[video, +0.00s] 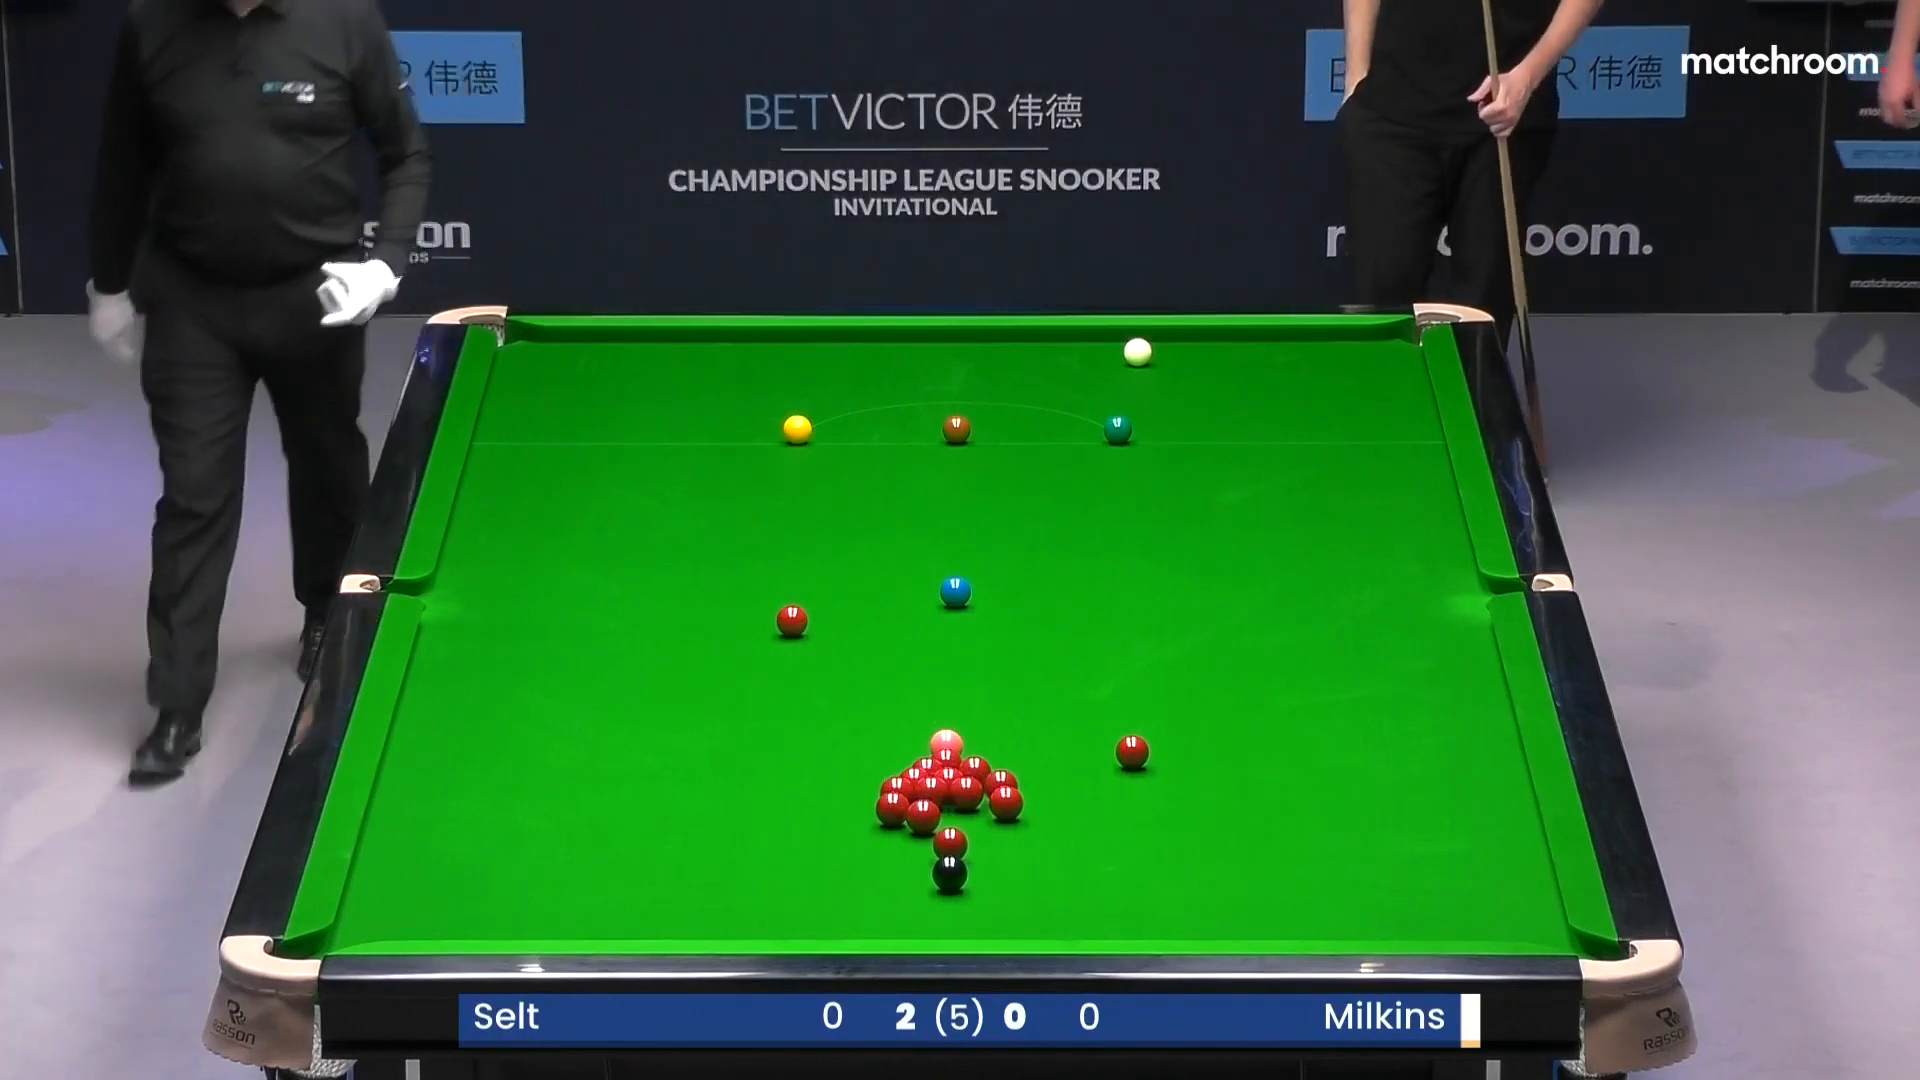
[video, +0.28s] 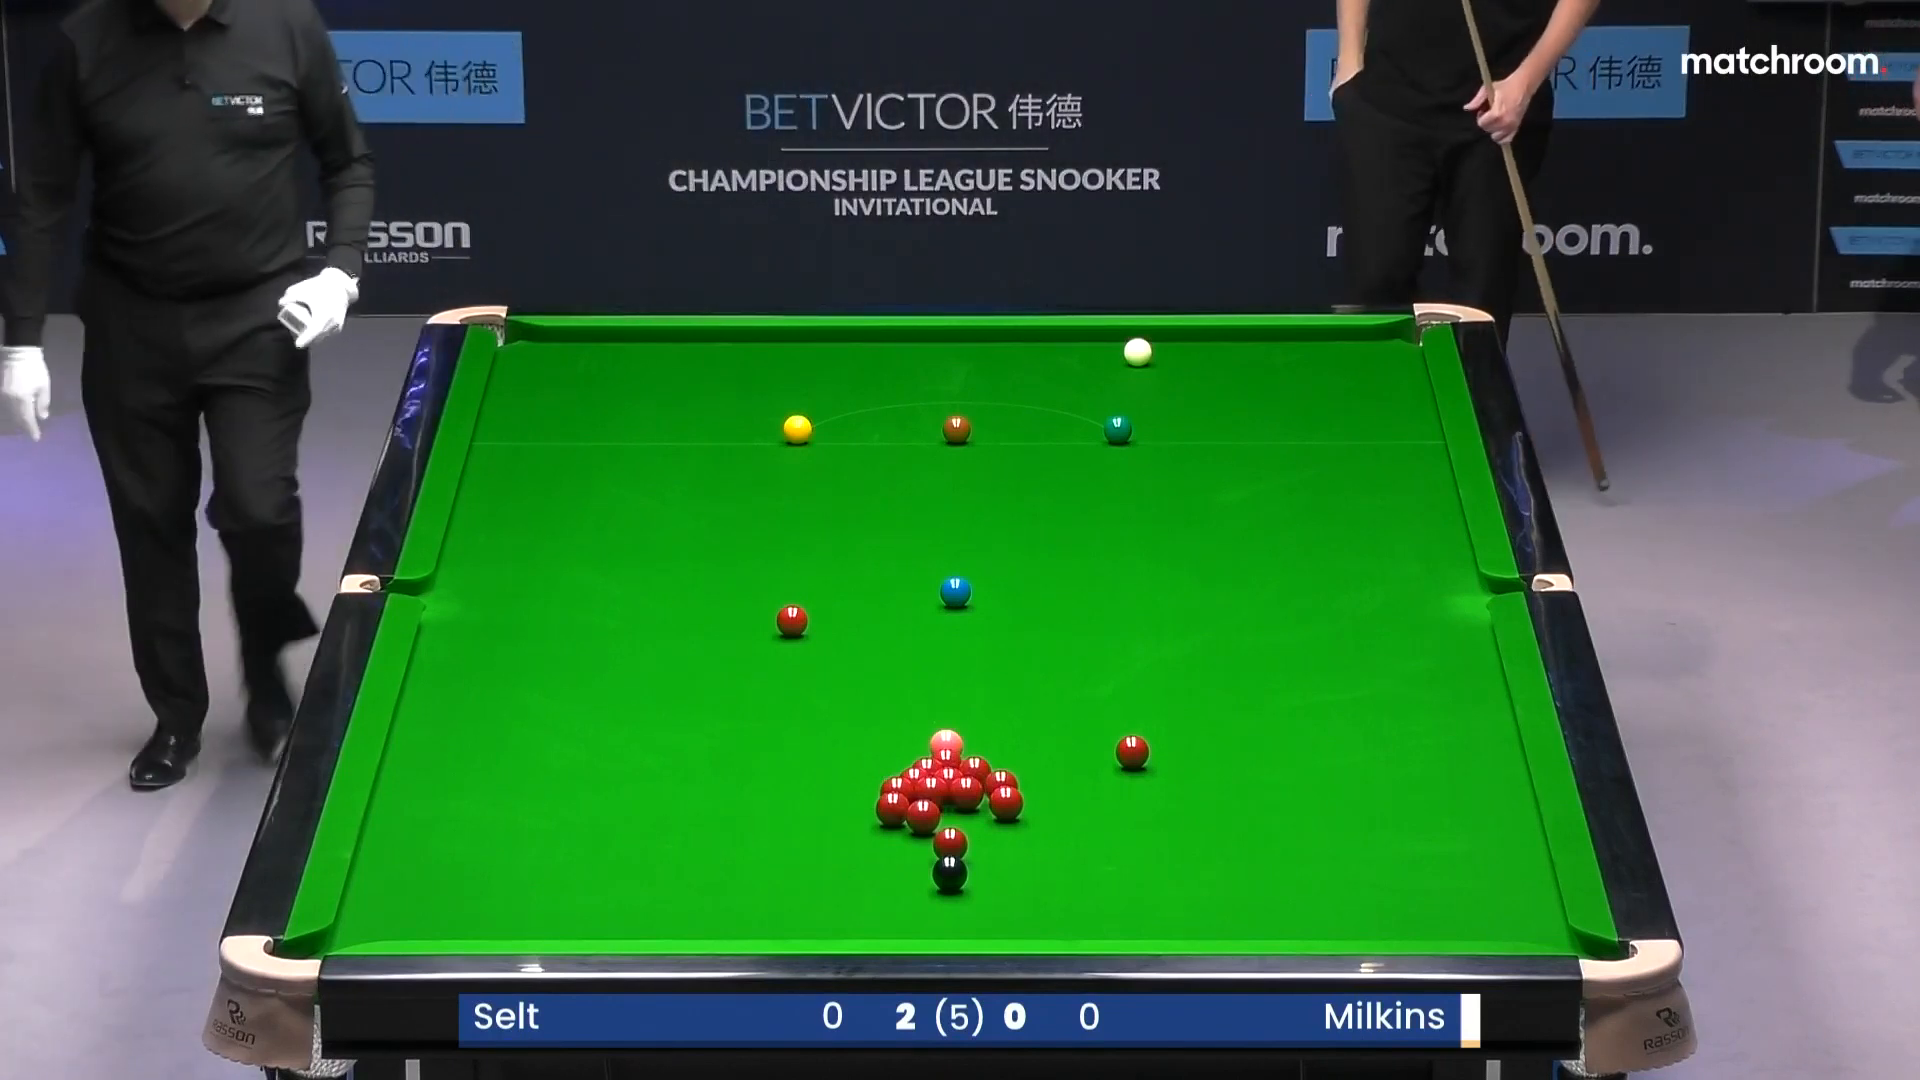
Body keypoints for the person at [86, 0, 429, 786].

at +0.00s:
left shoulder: (346, 20)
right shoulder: (155, 23)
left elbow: (408, 151)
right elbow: (122, 155)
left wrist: (385, 258)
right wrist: (108, 279)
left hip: (315, 297)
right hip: (191, 301)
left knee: (329, 474)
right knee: (193, 503)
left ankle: (329, 624)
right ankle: (177, 705)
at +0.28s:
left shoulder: (288, 26)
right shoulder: (86, 42)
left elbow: (349, 160)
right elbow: (41, 194)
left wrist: (342, 268)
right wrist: (22, 339)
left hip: (257, 319)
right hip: (131, 329)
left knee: (261, 513)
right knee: (151, 533)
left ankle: (269, 669)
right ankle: (176, 714)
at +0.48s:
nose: (192, 10)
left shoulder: (270, 70)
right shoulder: (63, 80)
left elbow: (320, 202)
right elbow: (16, 231)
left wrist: (334, 299)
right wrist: (3, 367)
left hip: (231, 364)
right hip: (109, 369)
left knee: (211, 573)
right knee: (144, 566)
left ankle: (205, 792)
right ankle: (174, 721)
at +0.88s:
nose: (199, 32)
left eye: (211, 14)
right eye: (179, 15)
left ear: (222, 16)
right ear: (123, 16)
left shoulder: (260, 109)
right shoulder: (45, 123)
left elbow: (307, 248)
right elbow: (8, 290)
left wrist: (336, 358)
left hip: (223, 415)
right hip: (86, 417)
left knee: (214, 637)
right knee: (81, 633)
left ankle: (191, 828)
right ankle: (89, 803)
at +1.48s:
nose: (184, 126)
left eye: (192, 106)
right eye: (164, 112)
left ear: (196, 96)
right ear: (96, 107)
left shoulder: (207, 182)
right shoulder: (18, 214)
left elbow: (248, 331)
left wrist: (324, 445)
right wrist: (17, 494)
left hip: (193, 514)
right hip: (55, 533)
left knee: (232, 723)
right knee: (63, 760)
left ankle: (175, 919)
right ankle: (76, 959)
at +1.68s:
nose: (222, 166)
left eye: (230, 146)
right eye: (204, 149)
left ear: (227, 135)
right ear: (131, 142)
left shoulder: (228, 221)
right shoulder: (50, 249)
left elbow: (248, 363)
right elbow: (18, 426)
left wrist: (322, 460)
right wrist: (133, 481)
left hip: (211, 556)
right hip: (77, 565)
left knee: (206, 802)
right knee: (75, 784)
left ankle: (212, 1031)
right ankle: (81, 973)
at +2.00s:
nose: (303, 192)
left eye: (308, 172)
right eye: (287, 175)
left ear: (236, 167)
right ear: (215, 164)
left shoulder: (257, 250)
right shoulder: (120, 271)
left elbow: (262, 416)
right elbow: (131, 461)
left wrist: (337, 491)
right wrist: (288, 482)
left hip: (264, 578)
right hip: (158, 593)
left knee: (258, 825)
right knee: (204, 821)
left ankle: (228, 1048)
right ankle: (102, 974)